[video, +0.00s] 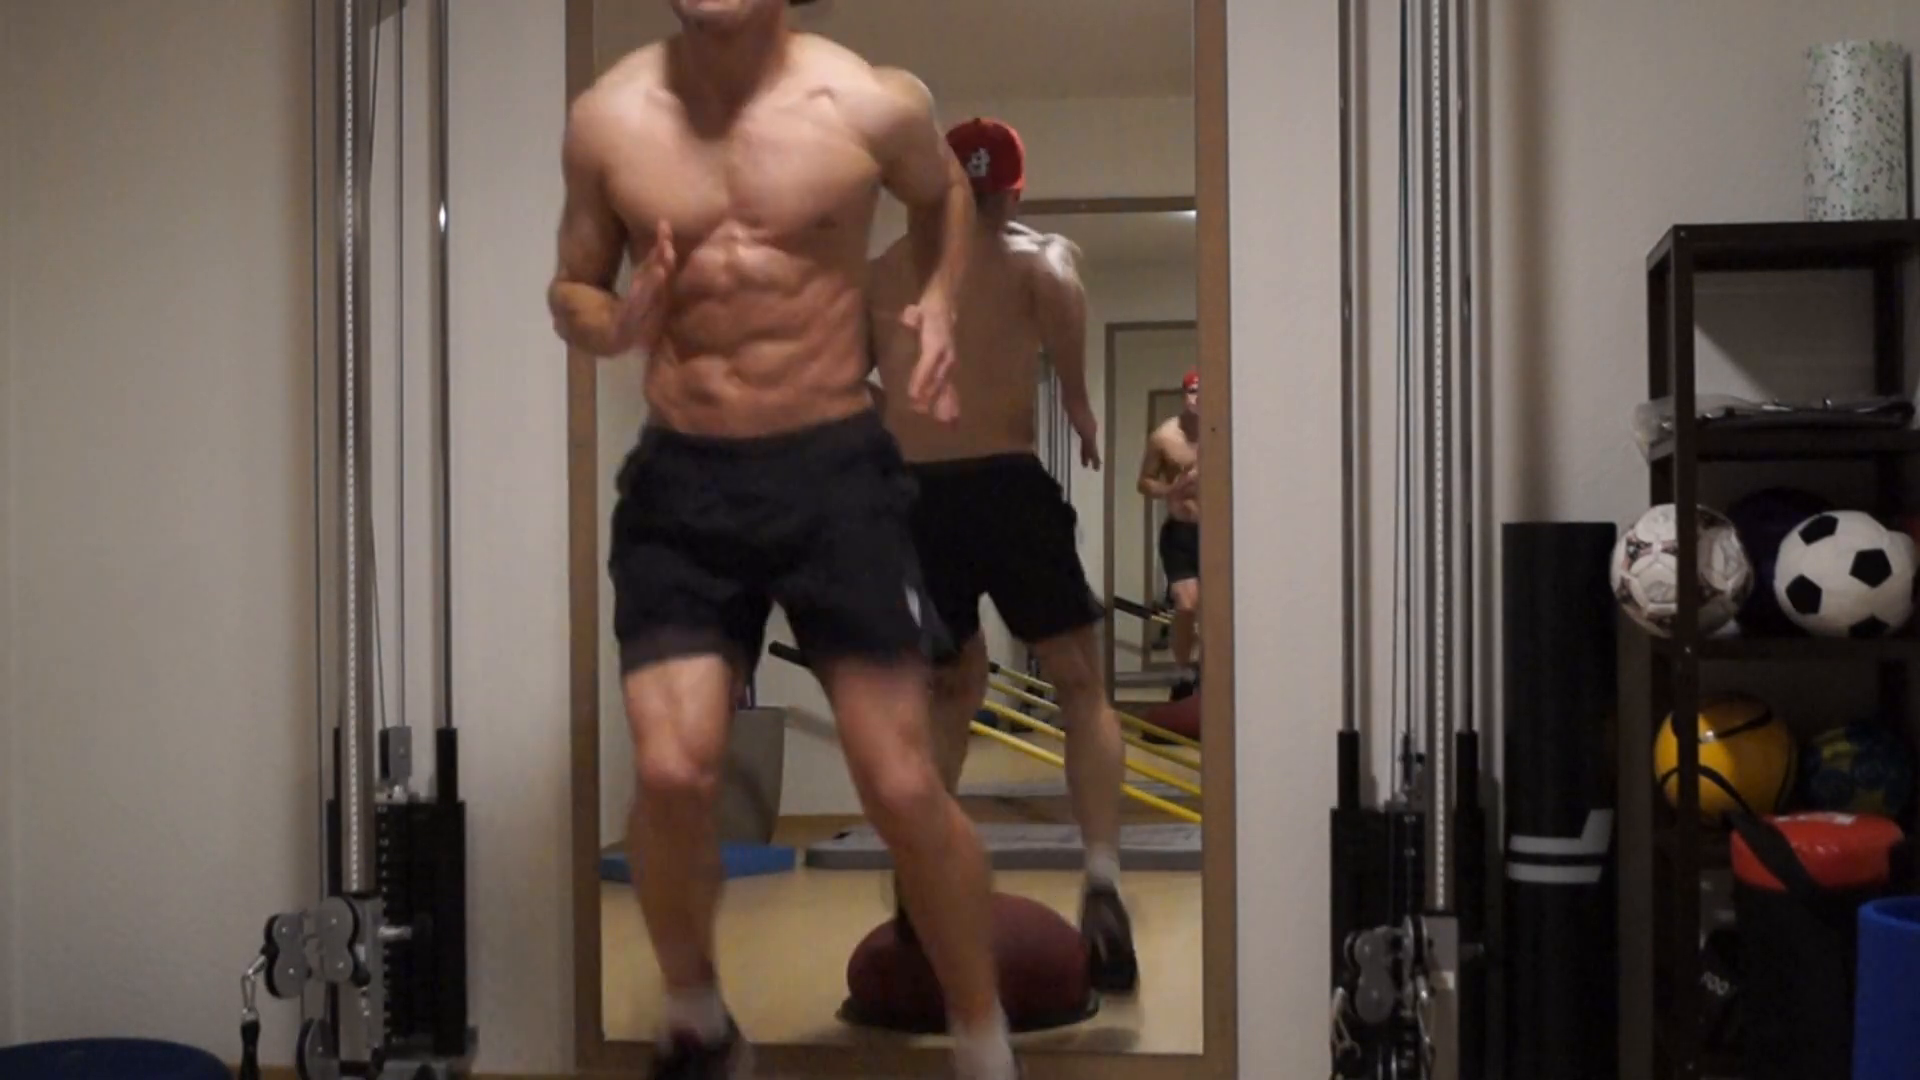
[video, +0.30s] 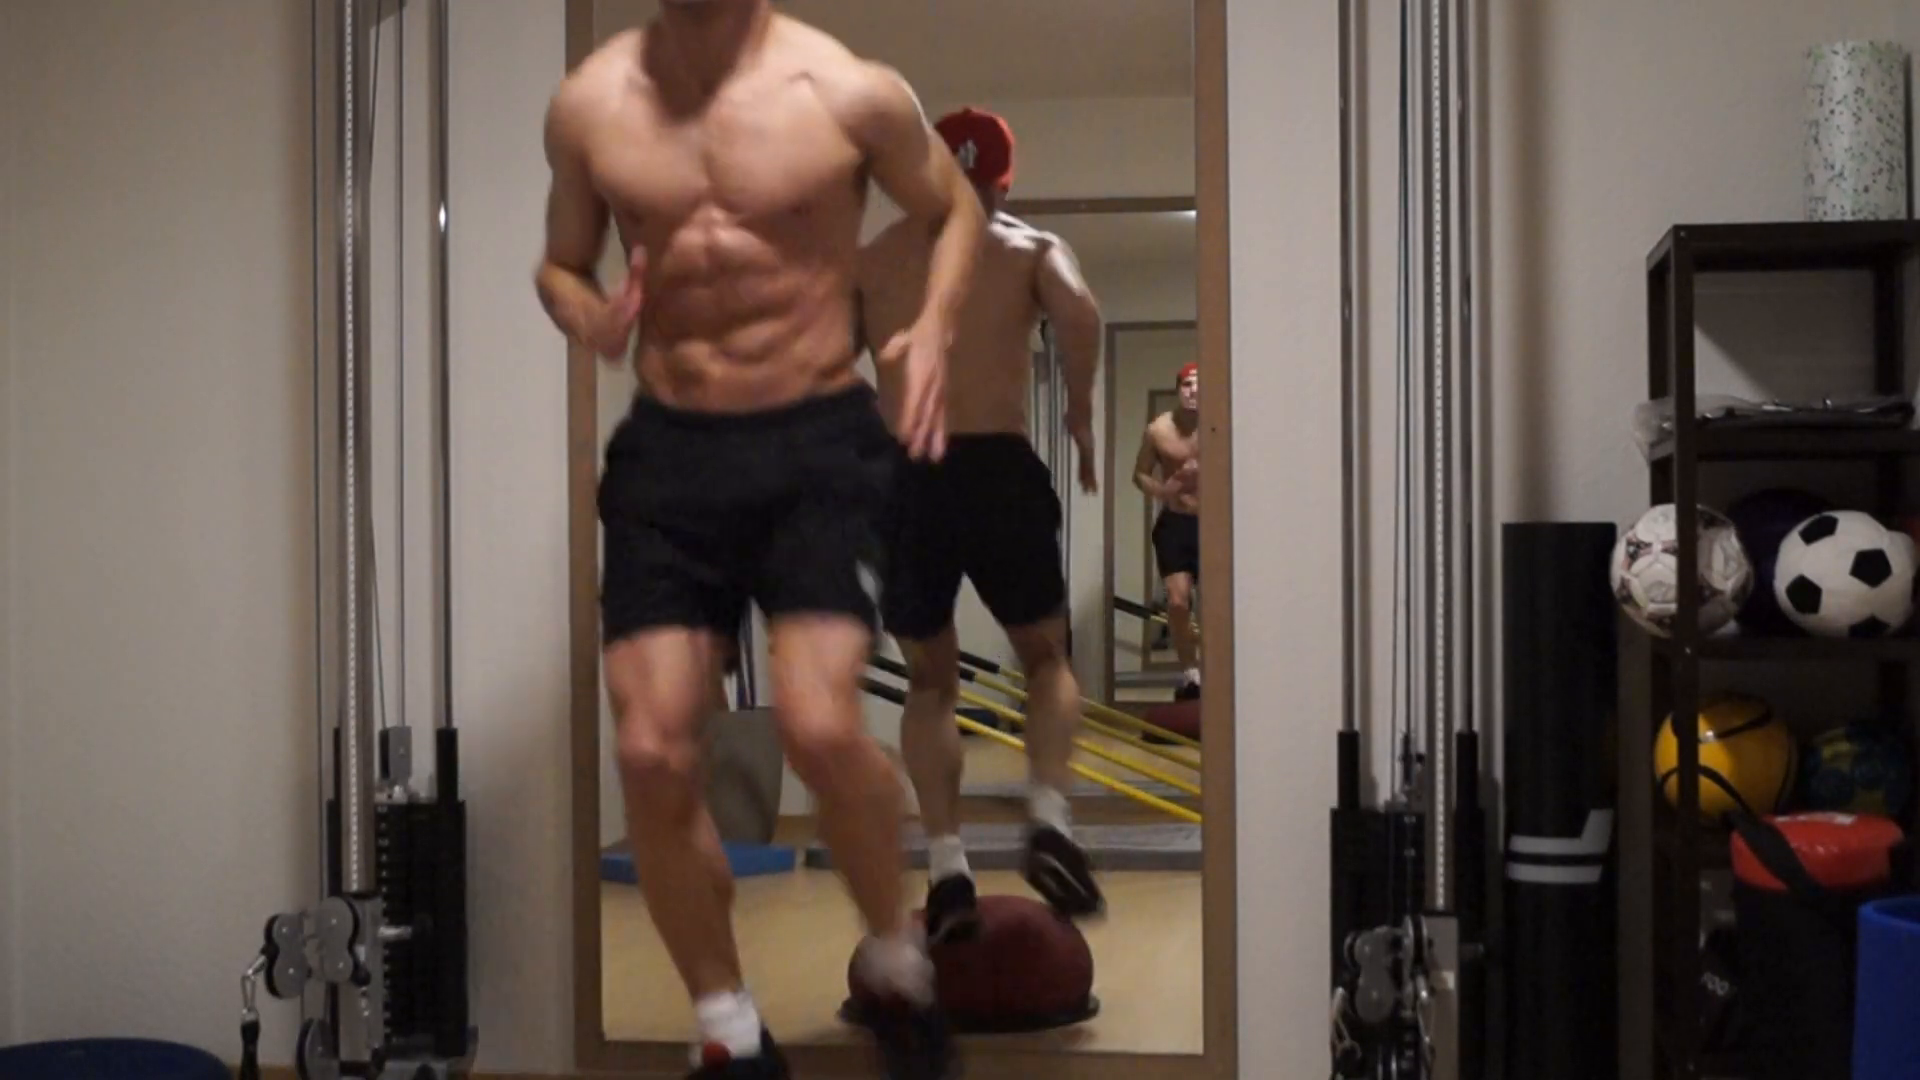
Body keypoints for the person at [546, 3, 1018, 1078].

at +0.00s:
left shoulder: (871, 105)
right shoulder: (607, 115)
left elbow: (944, 200)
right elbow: (572, 289)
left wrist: (937, 305)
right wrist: (617, 326)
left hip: (838, 477)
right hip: (682, 484)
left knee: (903, 789)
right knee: (669, 772)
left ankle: (984, 1052)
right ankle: (695, 1027)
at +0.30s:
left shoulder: (851, 91)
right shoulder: (590, 100)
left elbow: (957, 209)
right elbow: (561, 265)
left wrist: (935, 330)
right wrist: (592, 323)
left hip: (824, 437)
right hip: (670, 448)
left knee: (818, 728)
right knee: (651, 754)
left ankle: (896, 963)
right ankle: (730, 1040)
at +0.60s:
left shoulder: (789, 87)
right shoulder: (544, 89)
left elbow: (869, 276)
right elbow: (515, 203)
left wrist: (753, 220)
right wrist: (498, 326)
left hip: (723, 466)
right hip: (572, 458)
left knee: (672, 765)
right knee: (490, 782)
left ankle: (728, 1034)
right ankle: (475, 1061)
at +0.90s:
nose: (744, 2)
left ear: (823, 19)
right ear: (707, 18)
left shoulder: (874, 121)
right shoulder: (643, 131)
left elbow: (927, 0)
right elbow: (511, 10)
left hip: (846, 530)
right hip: (688, 531)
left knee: (919, 854)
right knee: (659, 858)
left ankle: (959, 1068)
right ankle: (651, 1074)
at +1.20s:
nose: (758, 88)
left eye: (786, 70)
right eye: (738, 67)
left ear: (836, 105)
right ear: (709, 95)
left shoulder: (901, 244)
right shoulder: (654, 256)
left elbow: (963, 444)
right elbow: (612, 453)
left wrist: (877, 449)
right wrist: (665, 431)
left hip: (887, 598)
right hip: (728, 598)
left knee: (965, 876)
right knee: (619, 856)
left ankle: (974, 1071)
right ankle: (645, 1074)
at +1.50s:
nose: (739, 500)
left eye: (768, 468)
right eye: (714, 467)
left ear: (824, 450)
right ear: (688, 455)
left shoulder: (902, 566)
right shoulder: (648, 575)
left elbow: (911, 809)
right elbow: (657, 810)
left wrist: (894, 1032)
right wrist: (651, 1031)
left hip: (884, 722)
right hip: (740, 732)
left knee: (1001, 893)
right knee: (575, 892)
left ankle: (985, 1066)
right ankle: (616, 1065)